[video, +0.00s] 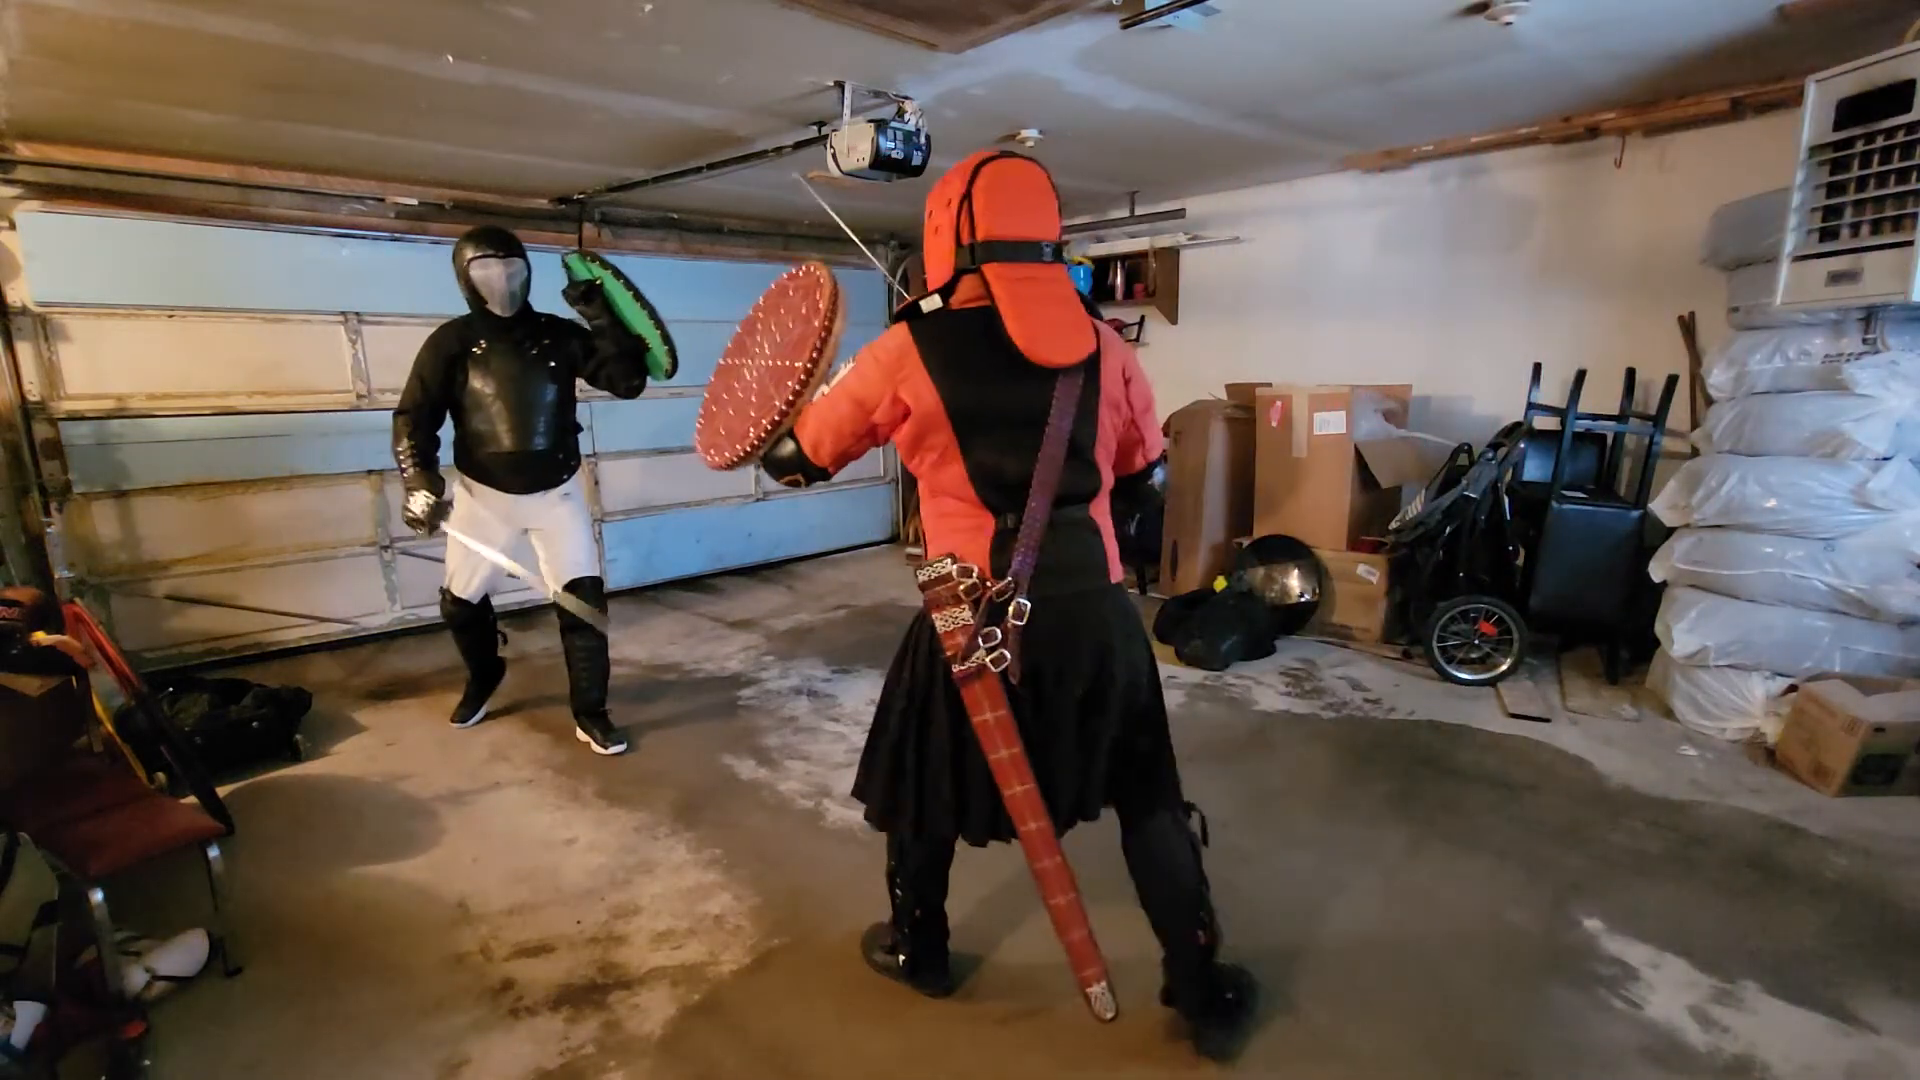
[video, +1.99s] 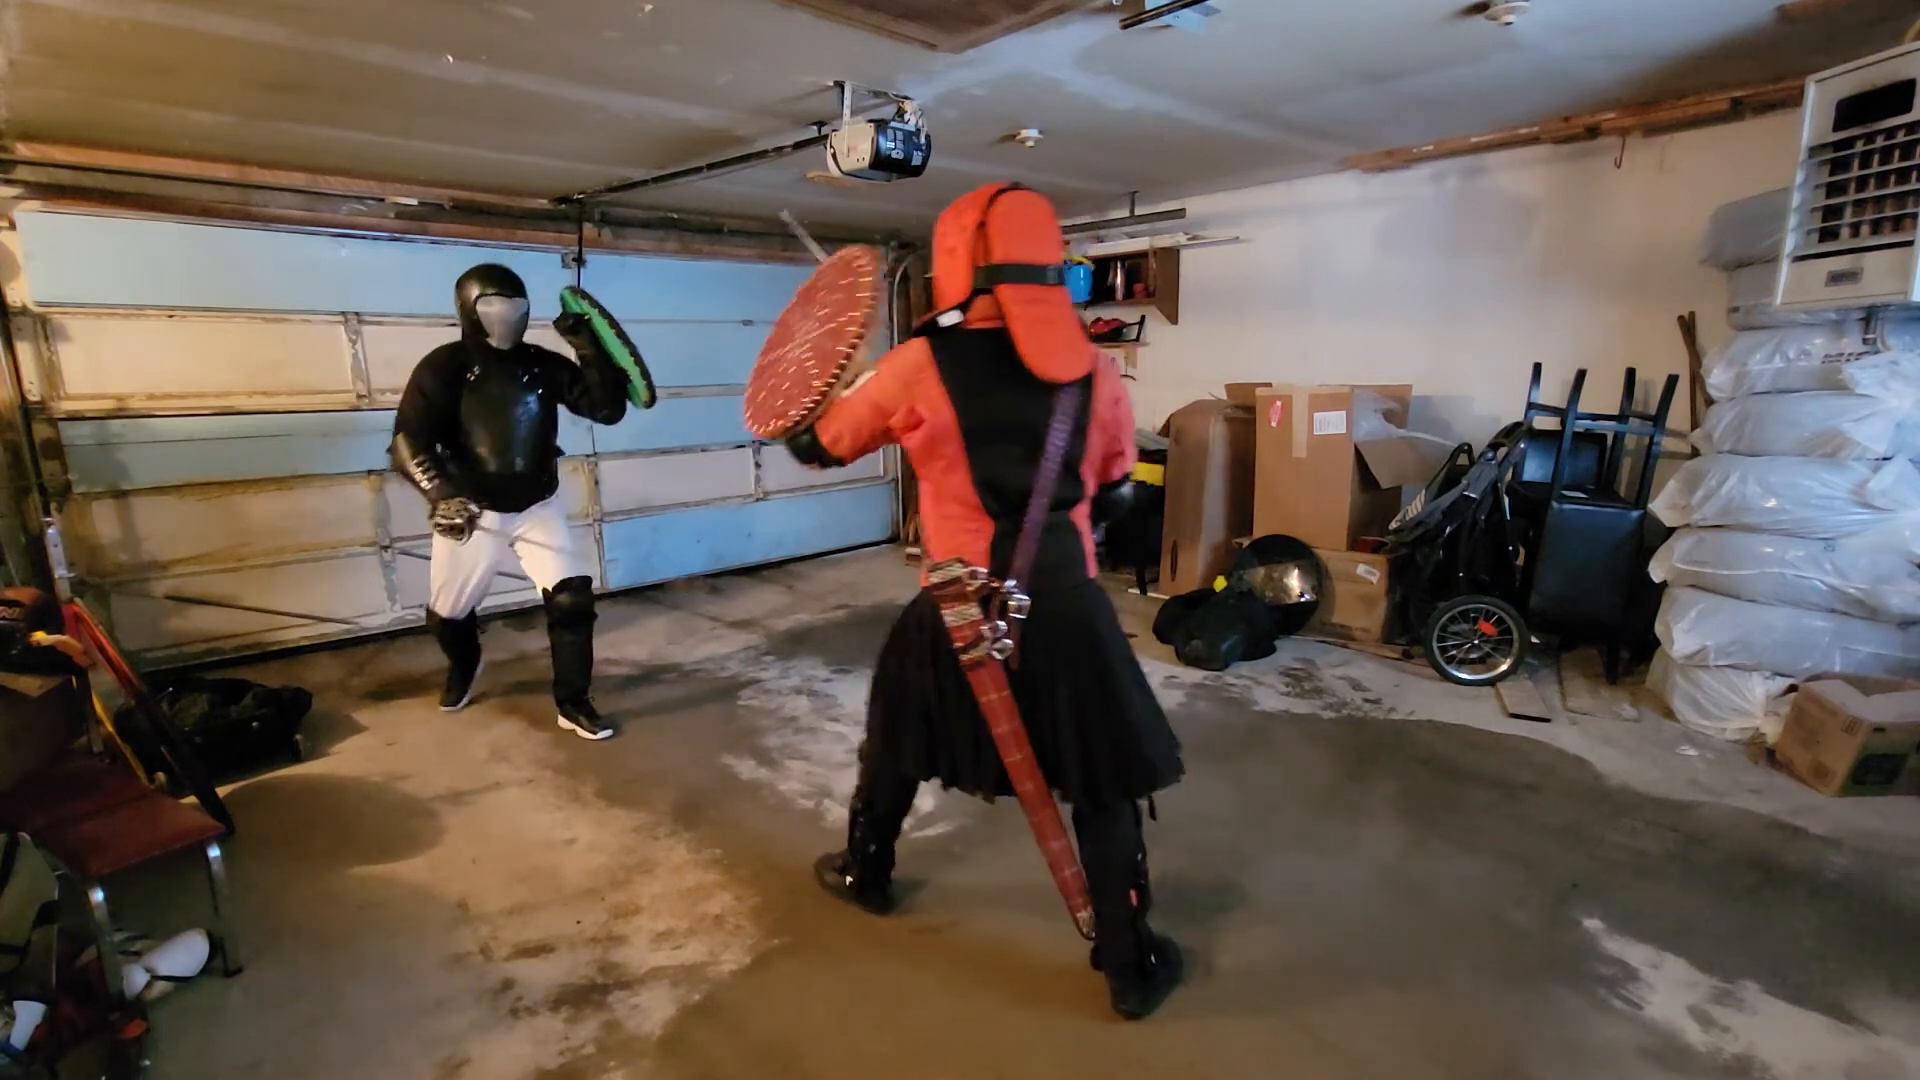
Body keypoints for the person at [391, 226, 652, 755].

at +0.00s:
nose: (501, 272)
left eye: (509, 261)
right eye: (487, 263)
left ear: (524, 268)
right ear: (466, 276)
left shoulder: (562, 336)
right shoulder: (451, 343)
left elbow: (627, 380)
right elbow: (413, 417)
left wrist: (601, 316)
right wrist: (420, 481)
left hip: (557, 494)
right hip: (482, 497)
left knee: (583, 600)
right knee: (461, 602)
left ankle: (591, 712)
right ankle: (485, 673)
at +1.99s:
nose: (514, 311)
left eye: (518, 301)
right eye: (501, 301)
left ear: (526, 307)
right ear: (474, 309)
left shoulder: (545, 366)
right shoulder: (443, 369)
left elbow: (607, 407)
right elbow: (408, 440)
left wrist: (587, 347)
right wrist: (440, 494)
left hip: (539, 511)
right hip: (469, 513)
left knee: (573, 600)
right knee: (446, 618)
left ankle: (573, 701)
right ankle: (464, 663)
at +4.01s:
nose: (617, 315)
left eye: (619, 306)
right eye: (607, 305)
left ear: (622, 312)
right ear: (580, 308)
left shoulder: (624, 368)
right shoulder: (541, 360)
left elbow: (674, 418)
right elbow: (494, 430)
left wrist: (669, 361)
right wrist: (532, 480)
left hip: (601, 497)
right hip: (538, 496)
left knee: (645, 570)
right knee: (501, 587)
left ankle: (642, 663)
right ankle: (490, 656)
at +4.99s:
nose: (601, 306)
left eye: (603, 297)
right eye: (591, 297)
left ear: (604, 301)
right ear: (563, 302)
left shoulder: (622, 362)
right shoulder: (535, 362)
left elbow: (674, 410)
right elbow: (513, 442)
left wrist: (669, 358)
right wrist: (554, 456)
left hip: (619, 494)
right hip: (556, 496)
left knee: (665, 573)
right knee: (539, 592)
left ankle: (685, 675)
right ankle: (534, 666)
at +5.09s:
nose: (618, 306)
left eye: (620, 297)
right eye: (608, 297)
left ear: (622, 301)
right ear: (579, 302)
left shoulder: (636, 361)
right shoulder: (550, 360)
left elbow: (686, 412)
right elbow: (532, 440)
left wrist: (682, 360)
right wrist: (582, 456)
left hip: (630, 493)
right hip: (569, 493)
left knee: (673, 574)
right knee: (547, 590)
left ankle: (686, 676)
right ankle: (536, 665)